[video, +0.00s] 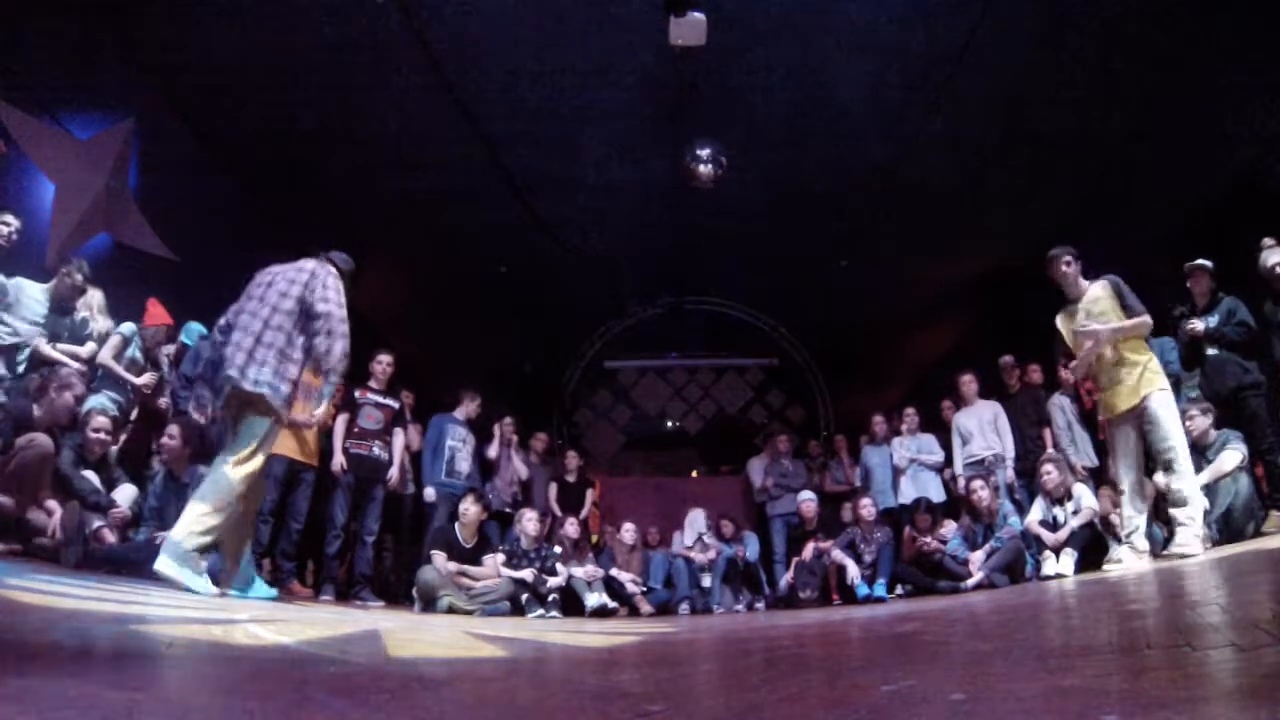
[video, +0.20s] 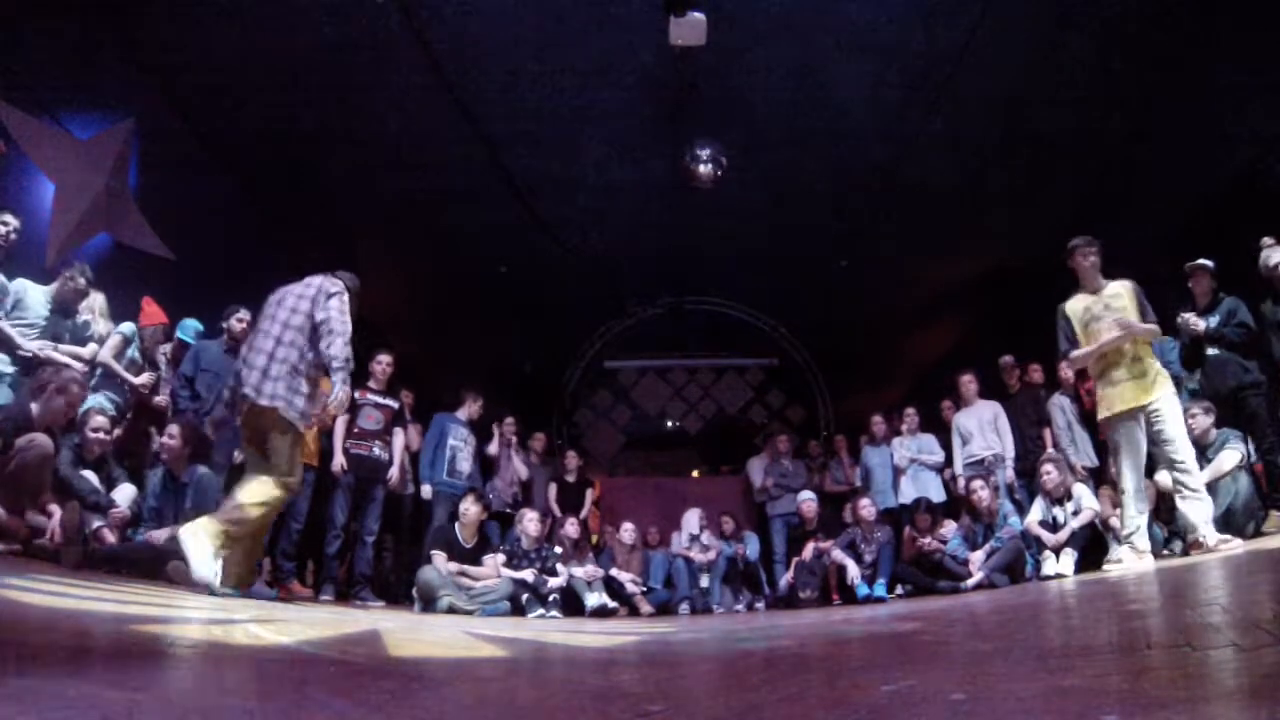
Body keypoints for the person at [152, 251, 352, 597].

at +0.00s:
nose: (338, 285)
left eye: (340, 280)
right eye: (340, 280)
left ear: (317, 257)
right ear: (335, 270)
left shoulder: (269, 272)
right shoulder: (325, 275)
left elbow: (225, 325)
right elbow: (334, 337)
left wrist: (210, 379)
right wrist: (328, 389)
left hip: (237, 367)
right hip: (271, 373)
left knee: (246, 477)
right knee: (235, 468)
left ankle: (238, 572)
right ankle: (179, 553)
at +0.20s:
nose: (346, 306)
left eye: (347, 301)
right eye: (348, 300)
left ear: (327, 274)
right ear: (345, 288)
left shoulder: (283, 292)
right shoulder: (332, 290)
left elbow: (249, 350)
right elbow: (335, 340)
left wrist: (227, 404)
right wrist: (341, 387)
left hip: (251, 388)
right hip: (283, 392)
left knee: (258, 480)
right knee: (284, 480)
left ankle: (238, 578)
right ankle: (205, 534)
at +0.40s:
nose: (350, 325)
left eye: (354, 323)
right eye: (355, 318)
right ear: (355, 303)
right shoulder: (331, 288)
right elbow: (318, 322)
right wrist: (332, 379)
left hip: (270, 404)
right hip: (291, 403)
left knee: (273, 491)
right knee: (318, 481)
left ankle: (239, 571)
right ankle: (252, 551)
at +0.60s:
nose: (367, 320)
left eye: (374, 318)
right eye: (373, 313)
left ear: (368, 299)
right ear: (368, 296)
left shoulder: (340, 309)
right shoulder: (336, 285)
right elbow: (298, 301)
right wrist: (287, 354)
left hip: (297, 409)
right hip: (318, 406)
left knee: (283, 493)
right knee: (332, 493)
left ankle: (242, 573)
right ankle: (313, 584)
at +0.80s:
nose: (384, 314)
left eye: (390, 311)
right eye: (389, 307)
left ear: (380, 292)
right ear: (378, 288)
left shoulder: (351, 309)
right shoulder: (341, 292)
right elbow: (301, 312)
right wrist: (259, 333)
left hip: (327, 411)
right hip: (328, 409)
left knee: (318, 500)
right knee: (339, 497)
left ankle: (254, 558)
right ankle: (313, 584)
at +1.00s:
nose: (391, 318)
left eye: (396, 315)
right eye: (393, 310)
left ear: (385, 305)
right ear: (377, 294)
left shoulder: (364, 331)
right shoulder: (342, 311)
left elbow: (358, 381)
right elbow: (315, 352)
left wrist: (368, 416)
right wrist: (295, 391)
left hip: (346, 422)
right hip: (341, 419)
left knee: (342, 507)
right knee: (351, 506)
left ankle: (279, 555)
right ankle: (315, 583)